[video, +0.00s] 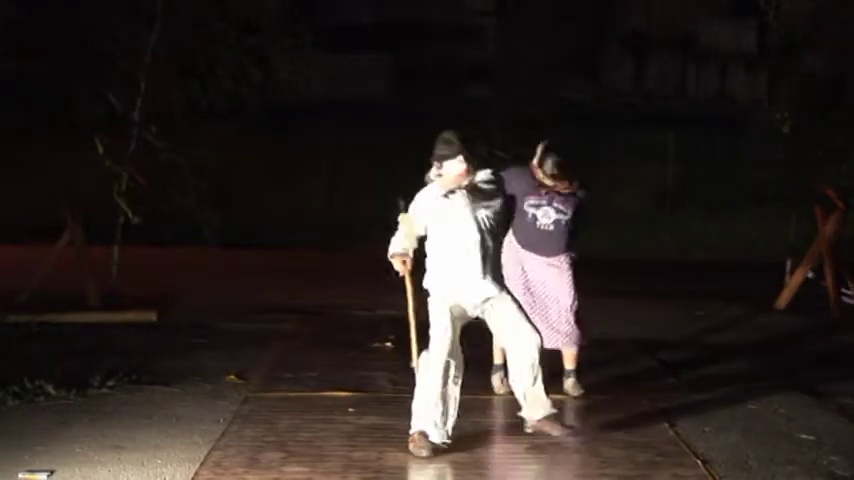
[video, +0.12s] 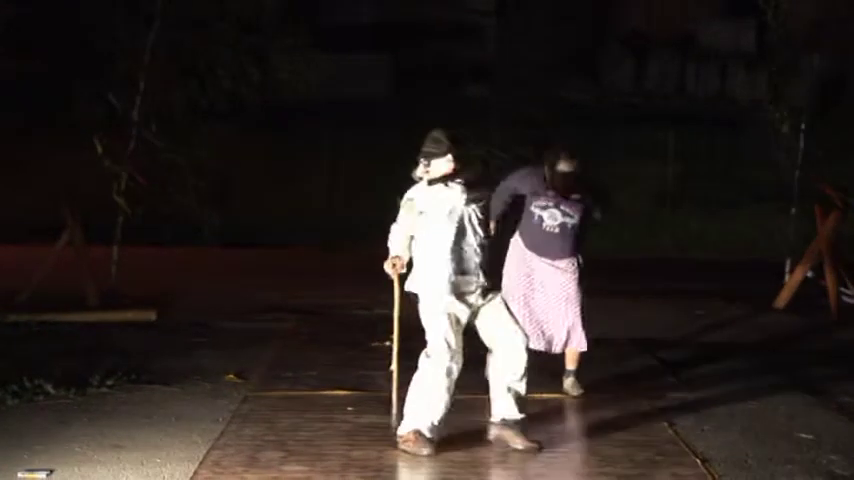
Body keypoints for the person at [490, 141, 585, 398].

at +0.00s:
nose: (554, 190)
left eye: (561, 186)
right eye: (549, 184)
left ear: (569, 179)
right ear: (538, 172)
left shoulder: (575, 193)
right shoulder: (521, 179)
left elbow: (577, 227)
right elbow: (486, 182)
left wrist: (571, 250)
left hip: (557, 258)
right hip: (518, 252)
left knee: (566, 312)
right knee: (507, 309)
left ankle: (570, 376)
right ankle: (498, 367)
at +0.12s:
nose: (563, 182)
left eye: (569, 176)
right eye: (559, 176)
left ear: (575, 174)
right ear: (548, 170)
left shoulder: (582, 194)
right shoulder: (531, 180)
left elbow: (585, 227)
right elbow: (503, 192)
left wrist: (578, 252)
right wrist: (493, 218)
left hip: (563, 262)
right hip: (525, 255)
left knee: (572, 318)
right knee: (515, 313)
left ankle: (570, 376)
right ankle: (507, 370)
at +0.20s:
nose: (559, 176)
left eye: (565, 171)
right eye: (555, 170)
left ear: (574, 169)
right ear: (547, 164)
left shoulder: (581, 186)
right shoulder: (530, 177)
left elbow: (587, 218)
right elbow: (509, 195)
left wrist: (580, 247)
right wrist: (500, 219)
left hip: (565, 258)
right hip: (527, 250)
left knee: (571, 313)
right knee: (514, 303)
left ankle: (569, 374)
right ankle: (497, 363)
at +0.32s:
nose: (562, 164)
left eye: (567, 158)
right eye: (557, 157)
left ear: (576, 160)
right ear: (548, 156)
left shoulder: (583, 184)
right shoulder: (532, 175)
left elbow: (595, 213)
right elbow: (510, 189)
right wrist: (503, 218)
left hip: (566, 255)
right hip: (528, 247)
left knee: (570, 314)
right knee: (521, 299)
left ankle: (567, 373)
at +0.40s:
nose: (563, 162)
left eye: (569, 157)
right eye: (558, 155)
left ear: (576, 159)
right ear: (549, 155)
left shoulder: (583, 183)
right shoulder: (534, 176)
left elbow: (596, 212)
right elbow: (508, 191)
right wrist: (501, 220)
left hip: (566, 258)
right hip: (528, 251)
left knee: (571, 318)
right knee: (520, 307)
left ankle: (565, 373)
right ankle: (495, 296)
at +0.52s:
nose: (559, 163)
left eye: (565, 157)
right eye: (555, 155)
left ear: (573, 159)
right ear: (545, 155)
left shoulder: (580, 184)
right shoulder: (529, 176)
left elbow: (589, 214)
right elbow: (505, 191)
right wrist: (501, 224)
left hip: (562, 257)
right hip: (524, 249)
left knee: (567, 315)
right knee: (512, 303)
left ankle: (562, 372)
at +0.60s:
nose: (551, 156)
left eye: (557, 149)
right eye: (546, 149)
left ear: (566, 151)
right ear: (536, 149)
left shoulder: (574, 176)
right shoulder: (522, 169)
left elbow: (586, 208)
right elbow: (500, 180)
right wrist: (500, 214)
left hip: (558, 249)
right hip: (519, 243)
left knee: (563, 309)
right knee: (509, 300)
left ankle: (559, 370)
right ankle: (501, 356)